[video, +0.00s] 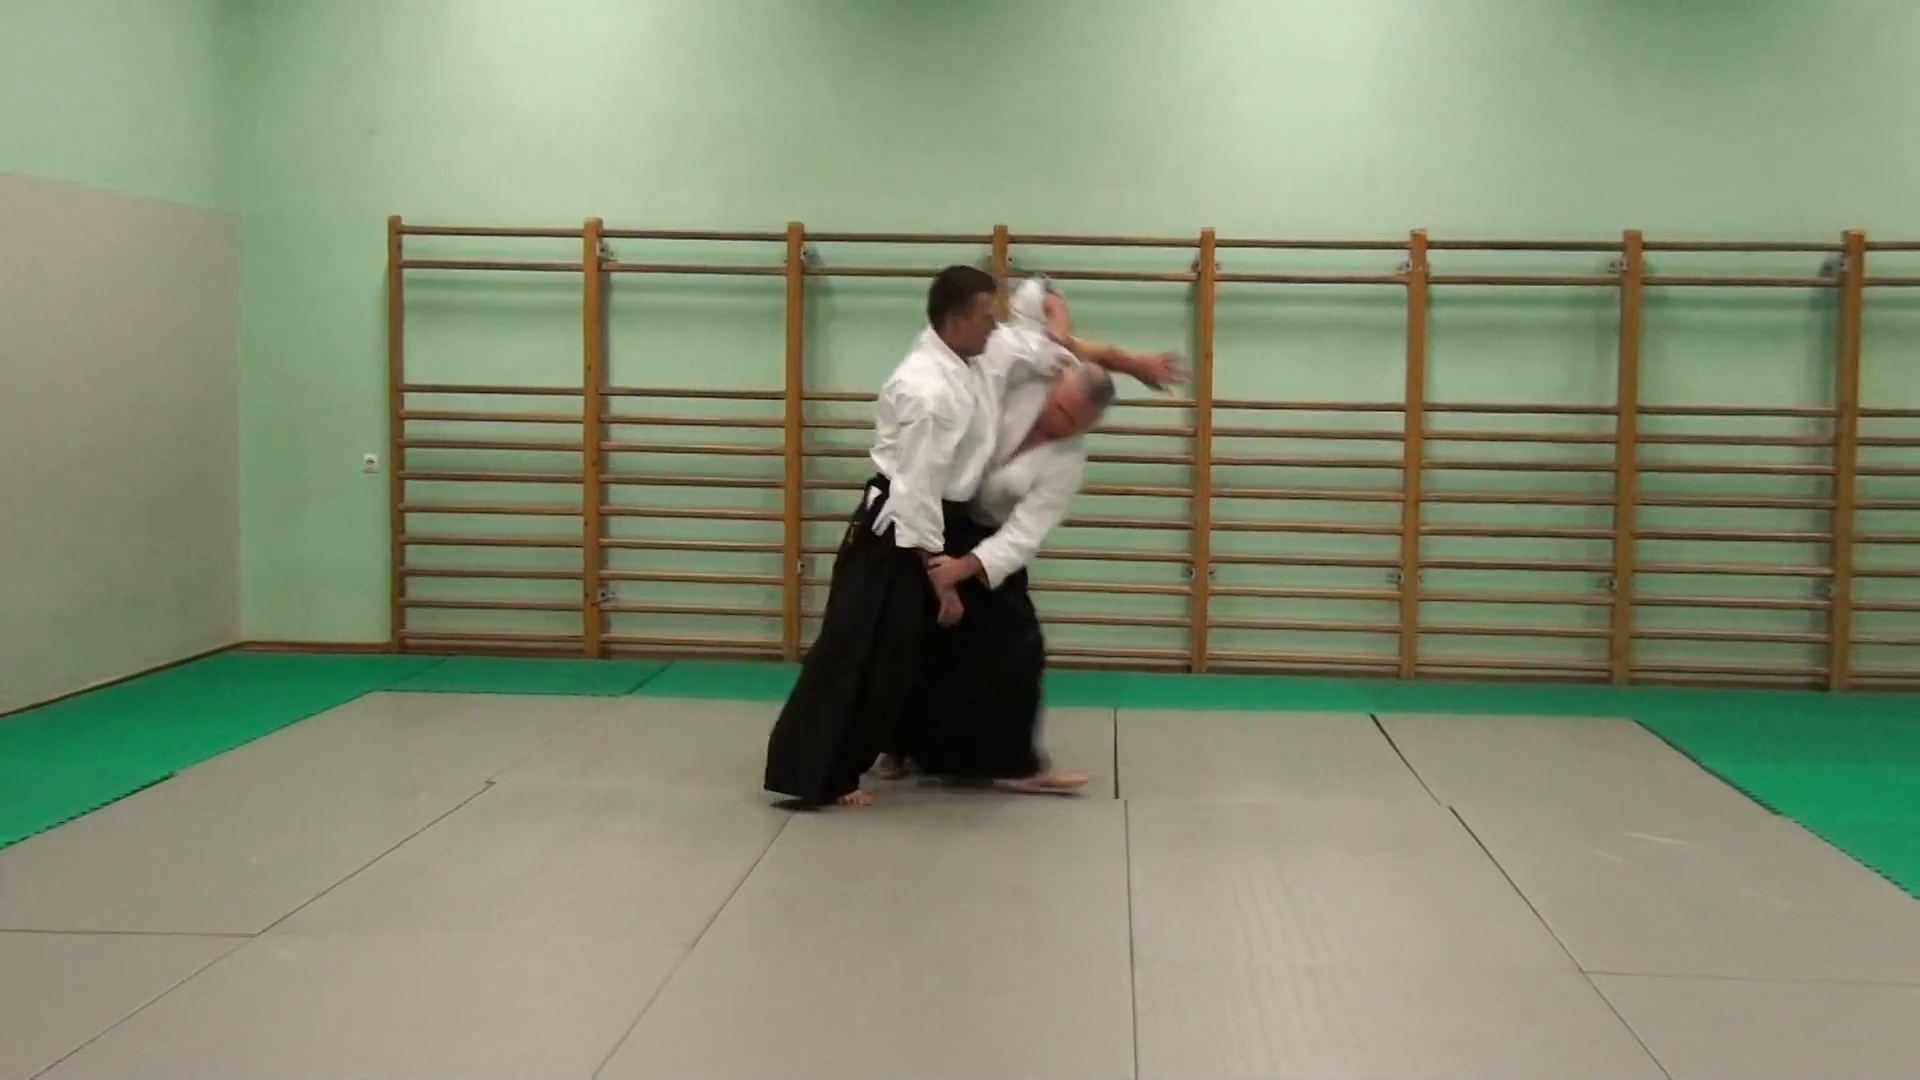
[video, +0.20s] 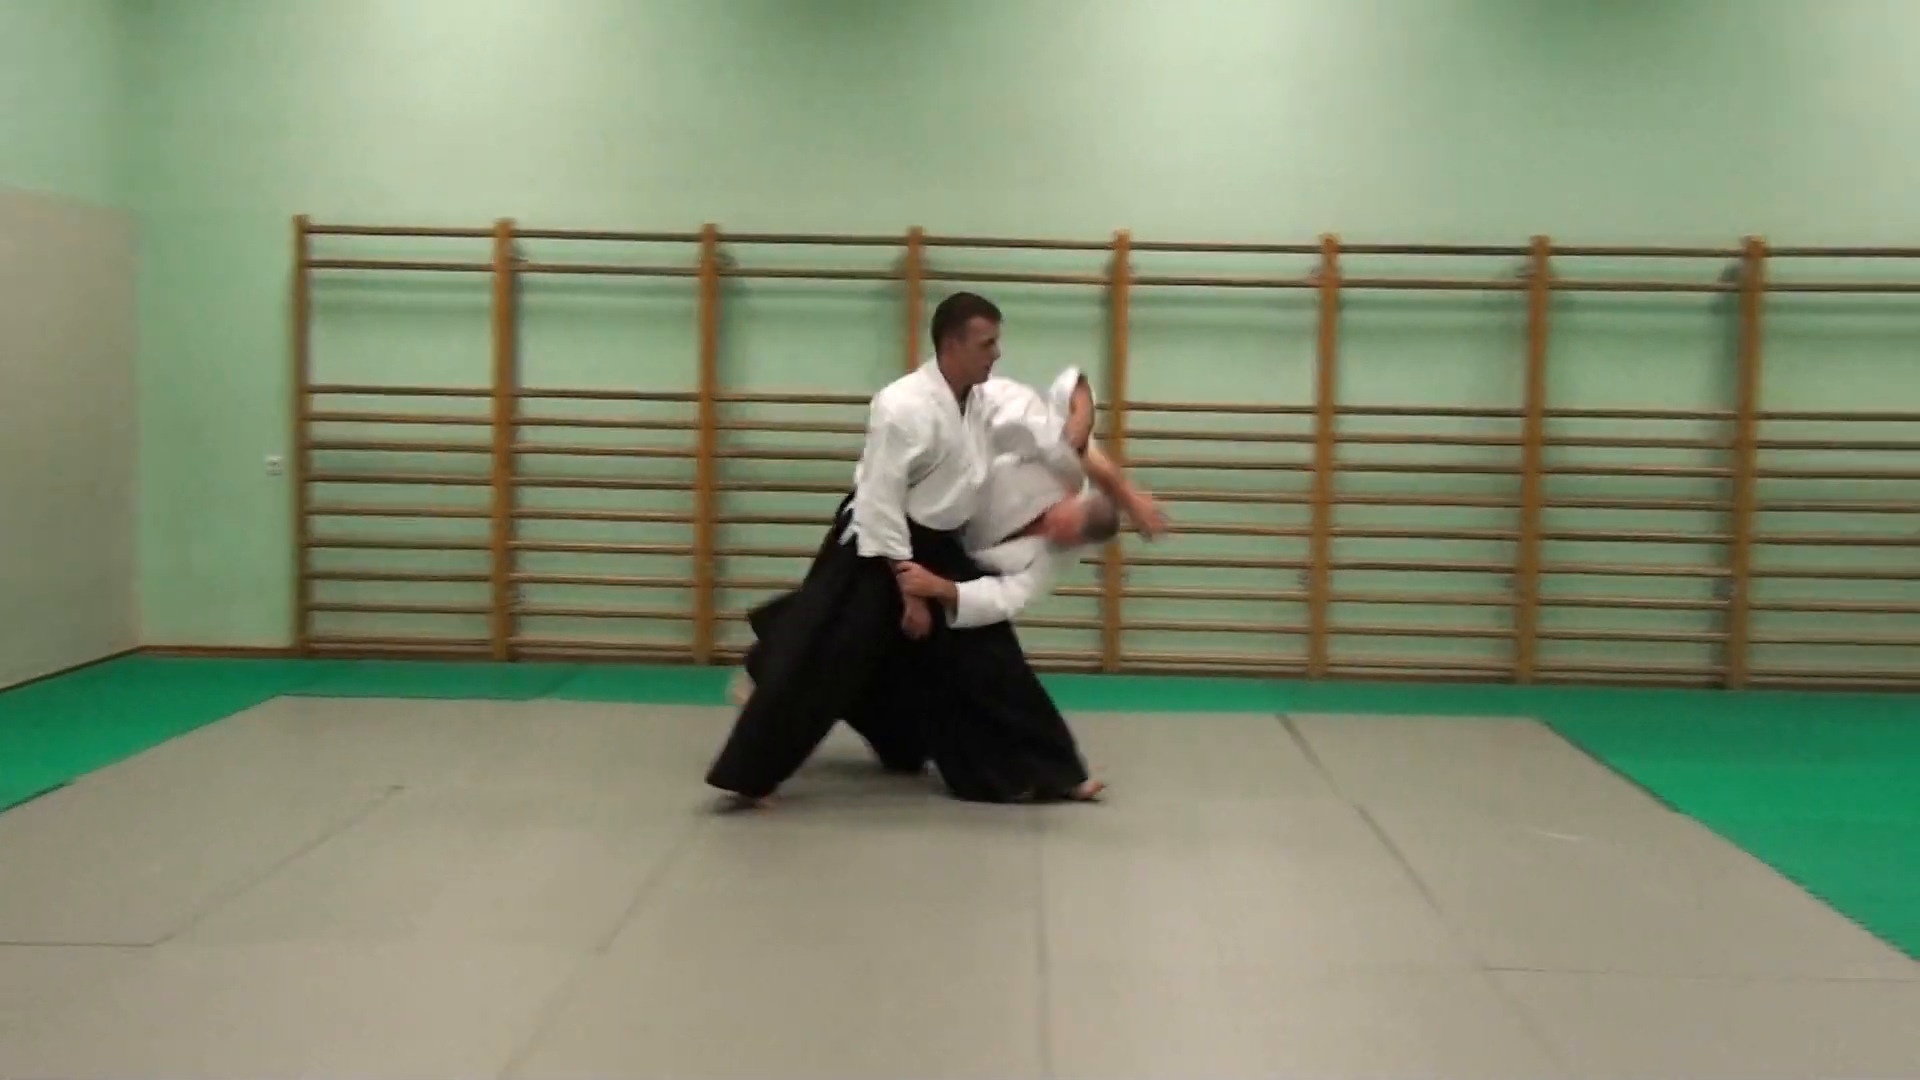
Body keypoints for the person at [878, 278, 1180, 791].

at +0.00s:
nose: (1058, 422)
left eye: (1071, 421)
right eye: (1058, 407)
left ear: (1087, 425)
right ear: (1051, 385)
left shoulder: (1065, 465)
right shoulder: (1019, 378)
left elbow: (1024, 535)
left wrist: (964, 567)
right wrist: (1059, 341)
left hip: (987, 539)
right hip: (935, 513)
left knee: (1019, 645)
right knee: (914, 636)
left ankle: (1013, 761)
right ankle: (900, 745)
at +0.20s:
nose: (996, 355)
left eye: (997, 343)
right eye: (986, 344)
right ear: (950, 345)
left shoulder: (989, 400)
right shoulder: (904, 407)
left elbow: (1059, 438)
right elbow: (877, 501)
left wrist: (1122, 490)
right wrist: (909, 587)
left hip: (942, 543)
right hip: (881, 538)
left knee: (995, 658)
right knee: (824, 650)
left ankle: (1053, 774)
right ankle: (749, 773)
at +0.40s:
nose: (935, 374)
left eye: (940, 364)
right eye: (930, 361)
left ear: (926, 363)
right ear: (895, 353)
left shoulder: (922, 415)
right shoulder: (838, 409)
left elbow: (965, 467)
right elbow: (801, 494)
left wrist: (1012, 518)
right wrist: (831, 573)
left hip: (862, 542)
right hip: (792, 537)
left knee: (891, 656)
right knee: (745, 657)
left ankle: (907, 779)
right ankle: (657, 766)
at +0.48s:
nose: (899, 375)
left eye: (904, 365)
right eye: (892, 363)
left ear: (895, 366)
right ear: (859, 356)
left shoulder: (880, 412)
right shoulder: (807, 409)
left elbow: (930, 467)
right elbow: (778, 501)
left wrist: (995, 536)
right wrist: (811, 578)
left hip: (814, 540)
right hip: (751, 536)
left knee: (851, 658)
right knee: (710, 658)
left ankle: (862, 781)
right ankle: (634, 777)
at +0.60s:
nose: (868, 374)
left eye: (872, 364)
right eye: (861, 362)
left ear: (849, 364)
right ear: (826, 357)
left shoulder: (852, 416)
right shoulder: (772, 412)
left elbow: (900, 471)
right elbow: (761, 509)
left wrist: (961, 535)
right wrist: (795, 582)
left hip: (778, 542)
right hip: (718, 536)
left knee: (821, 657)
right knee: (675, 657)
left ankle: (848, 779)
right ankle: (603, 777)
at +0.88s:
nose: (867, 372)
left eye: (871, 363)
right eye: (860, 361)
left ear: (861, 362)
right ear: (825, 355)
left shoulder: (855, 414)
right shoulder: (784, 416)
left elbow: (902, 474)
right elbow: (782, 513)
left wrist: (959, 542)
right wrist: (810, 587)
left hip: (789, 546)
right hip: (732, 543)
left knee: (857, 647)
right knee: (678, 656)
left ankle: (857, 773)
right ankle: (605, 772)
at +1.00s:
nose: (864, 371)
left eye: (868, 362)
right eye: (857, 360)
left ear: (865, 362)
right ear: (821, 353)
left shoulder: (851, 414)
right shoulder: (779, 415)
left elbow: (900, 474)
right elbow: (785, 513)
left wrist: (958, 545)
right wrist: (835, 585)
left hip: (791, 551)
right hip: (734, 546)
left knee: (860, 656)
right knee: (678, 657)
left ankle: (860, 773)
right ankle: (606, 773)